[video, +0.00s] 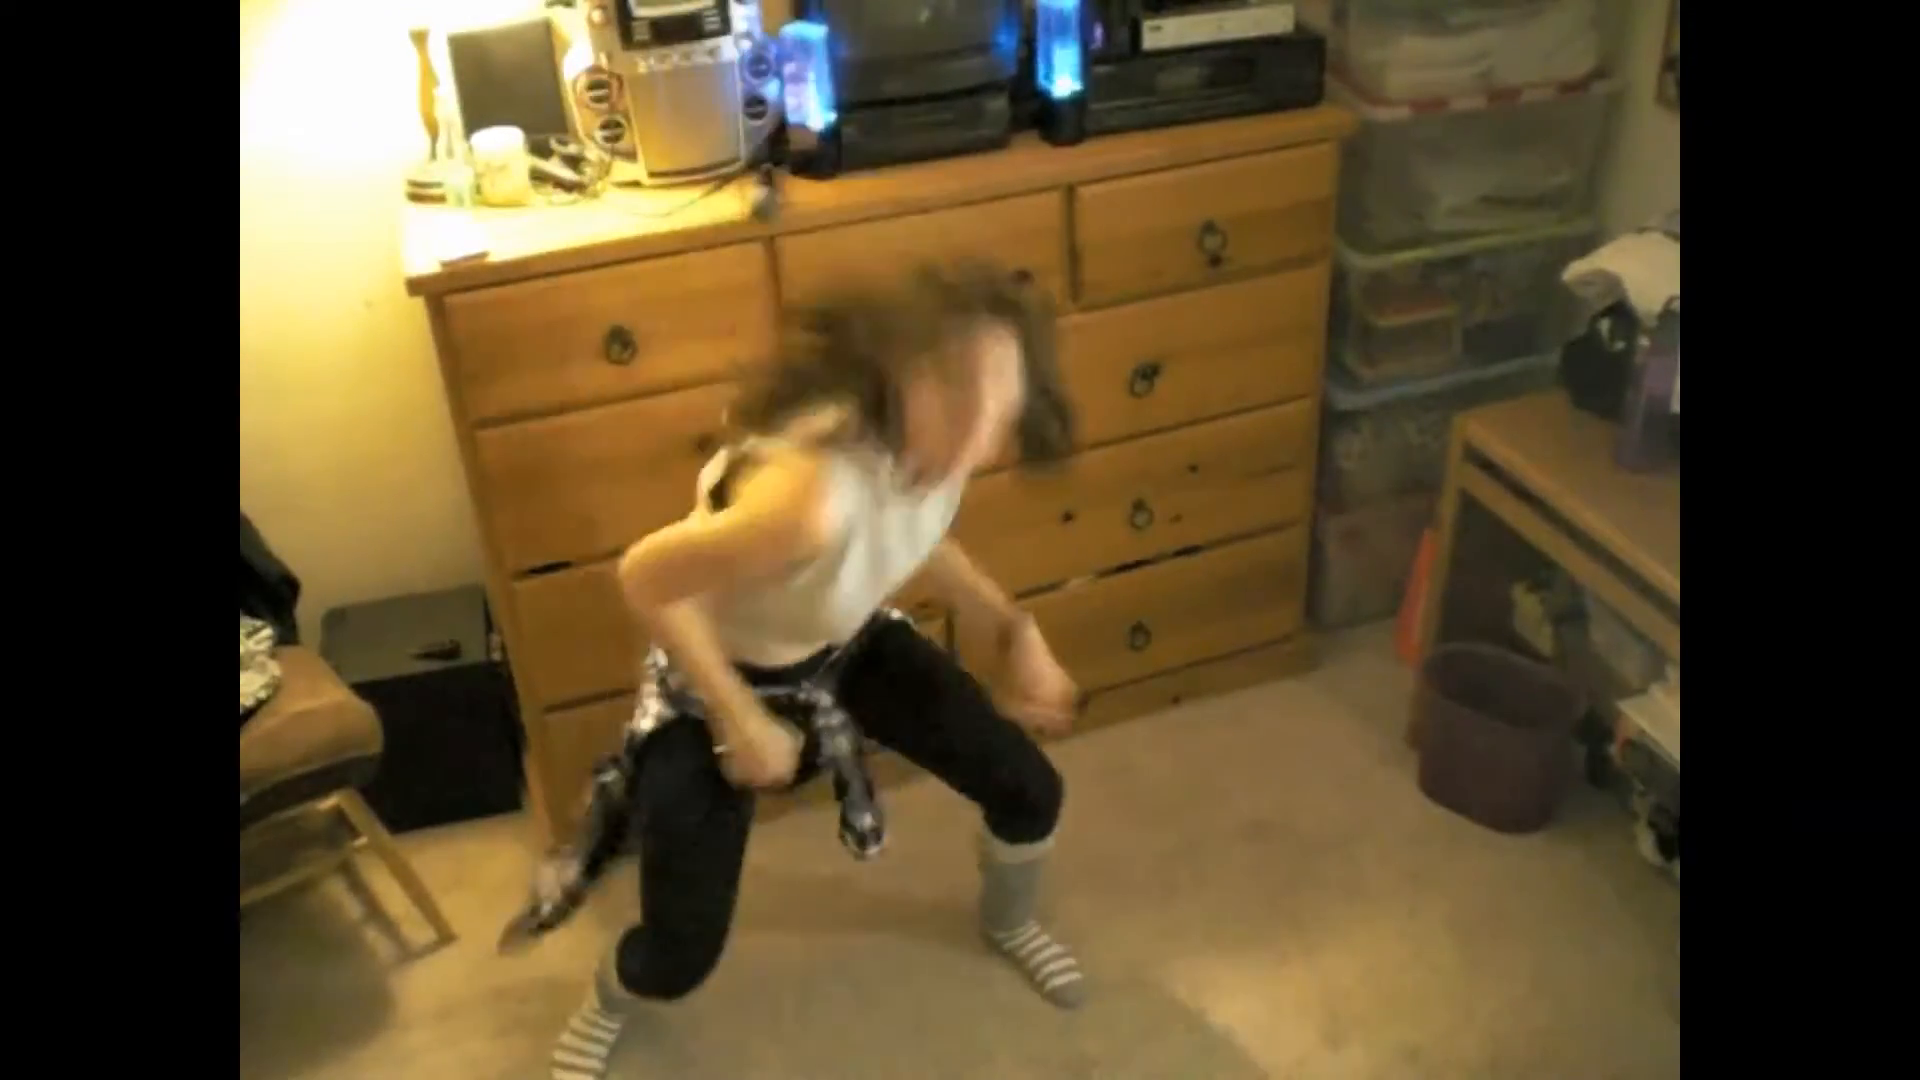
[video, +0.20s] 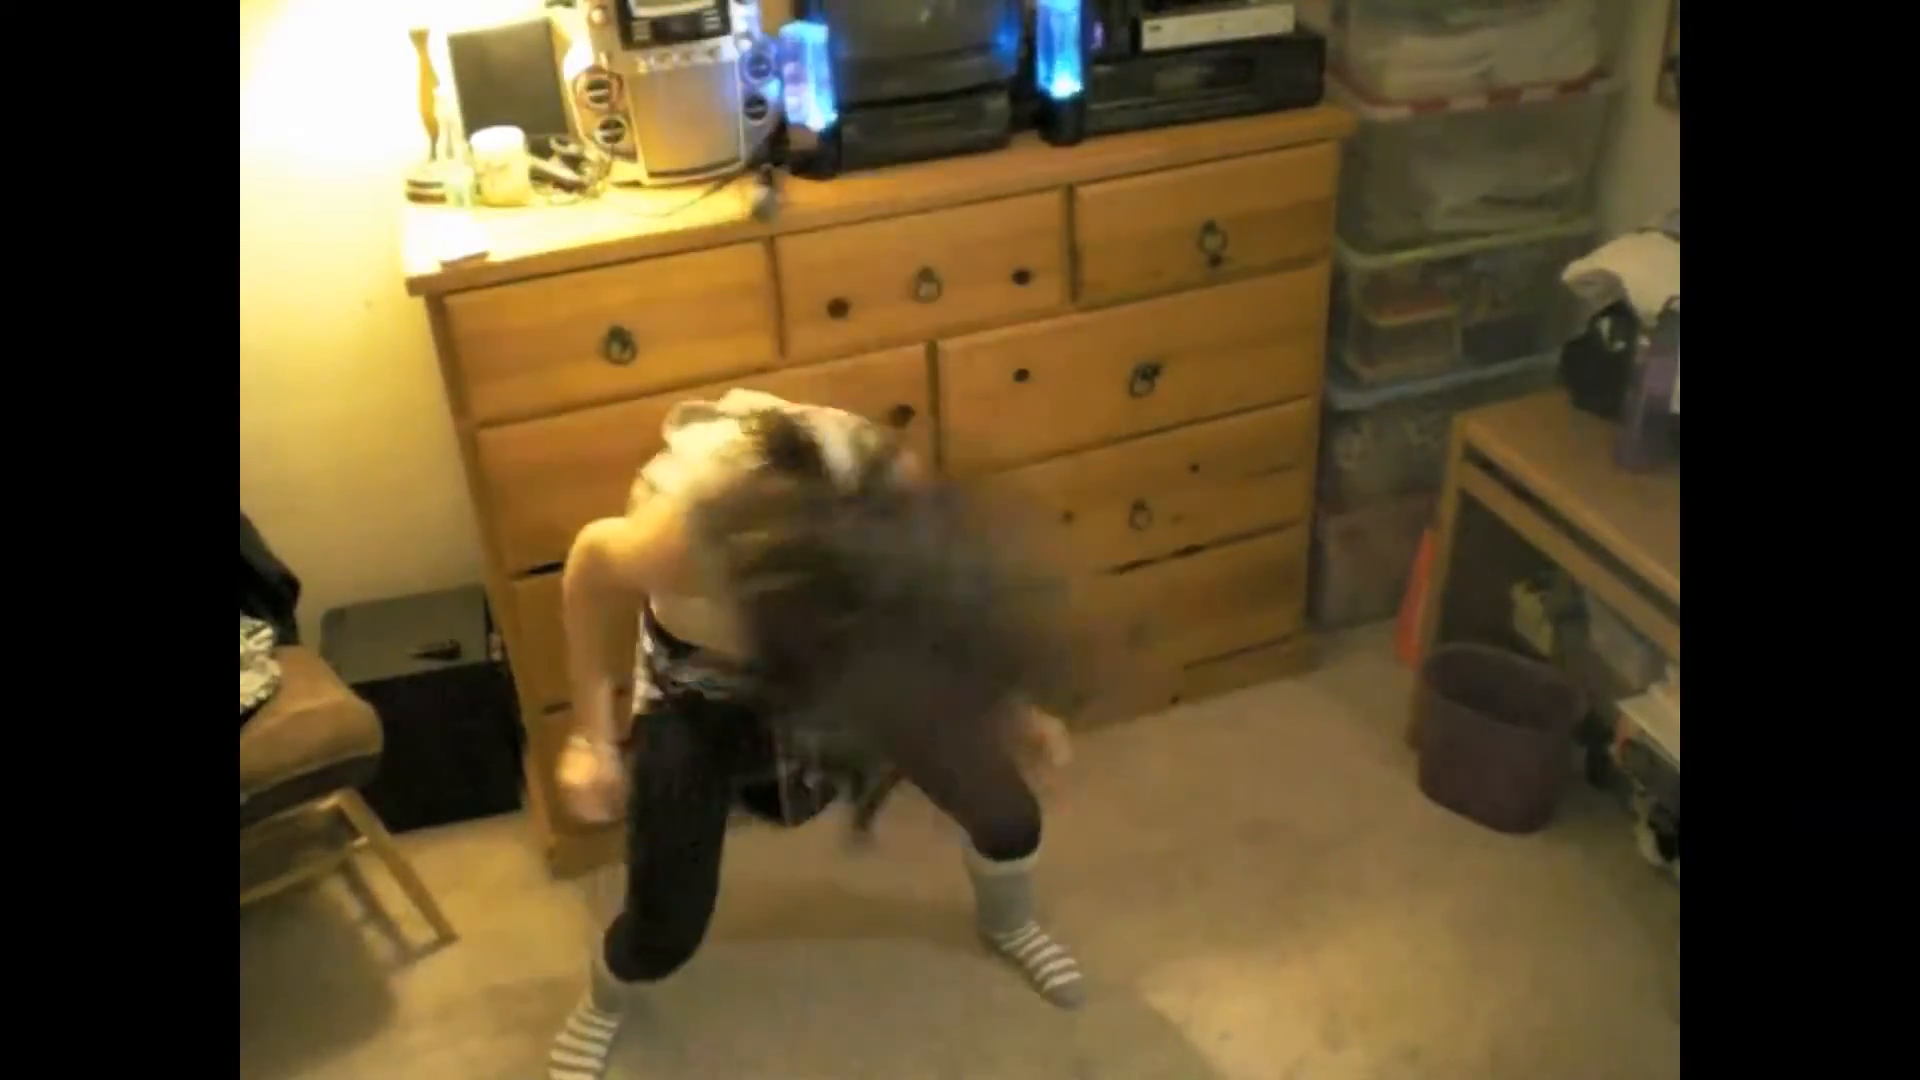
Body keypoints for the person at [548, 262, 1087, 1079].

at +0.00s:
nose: (978, 423)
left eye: (1001, 401)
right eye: (958, 390)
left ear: (1022, 417)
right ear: (904, 379)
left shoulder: (934, 464)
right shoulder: (806, 499)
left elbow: (910, 539)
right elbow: (646, 576)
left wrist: (1010, 620)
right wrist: (739, 717)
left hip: (849, 643)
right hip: (725, 679)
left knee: (1028, 790)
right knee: (681, 948)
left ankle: (1009, 921)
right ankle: (608, 1005)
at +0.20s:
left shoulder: (891, 482)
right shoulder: (680, 549)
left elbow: (939, 600)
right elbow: (591, 563)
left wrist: (1002, 701)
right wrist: (595, 731)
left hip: (846, 642)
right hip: (699, 668)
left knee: (1009, 817)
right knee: (668, 928)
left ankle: (1010, 923)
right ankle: (604, 1001)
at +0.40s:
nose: (636, 513)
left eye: (634, 494)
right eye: (617, 508)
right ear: (587, 476)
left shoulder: (781, 398)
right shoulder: (600, 442)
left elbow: (886, 568)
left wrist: (894, 716)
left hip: (839, 612)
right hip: (695, 636)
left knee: (972, 810)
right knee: (644, 876)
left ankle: (1002, 923)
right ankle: (601, 1005)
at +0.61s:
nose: (600, 312)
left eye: (608, 277)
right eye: (570, 301)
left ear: (650, 224)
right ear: (547, 300)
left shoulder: (765, 317)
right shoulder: (584, 324)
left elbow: (833, 511)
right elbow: (623, 459)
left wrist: (826, 674)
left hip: (826, 601)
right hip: (683, 611)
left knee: (932, 801)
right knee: (633, 837)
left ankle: (1000, 919)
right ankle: (603, 999)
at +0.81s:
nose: (702, 170)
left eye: (724, 138)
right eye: (668, 142)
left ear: (757, 156)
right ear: (622, 164)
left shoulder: (809, 307)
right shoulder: (599, 275)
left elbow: (886, 496)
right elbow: (649, 423)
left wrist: (836, 656)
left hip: (832, 615)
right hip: (682, 623)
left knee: (934, 818)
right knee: (629, 846)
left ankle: (993, 926)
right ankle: (601, 1002)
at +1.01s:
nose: (784, 174)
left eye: (802, 141)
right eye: (750, 149)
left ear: (833, 142)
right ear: (700, 162)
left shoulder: (887, 276)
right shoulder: (684, 266)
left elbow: (933, 500)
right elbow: (686, 409)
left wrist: (804, 654)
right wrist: (666, 526)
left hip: (894, 615)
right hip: (737, 617)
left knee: (966, 799)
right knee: (668, 839)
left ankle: (998, 925)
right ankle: (608, 996)